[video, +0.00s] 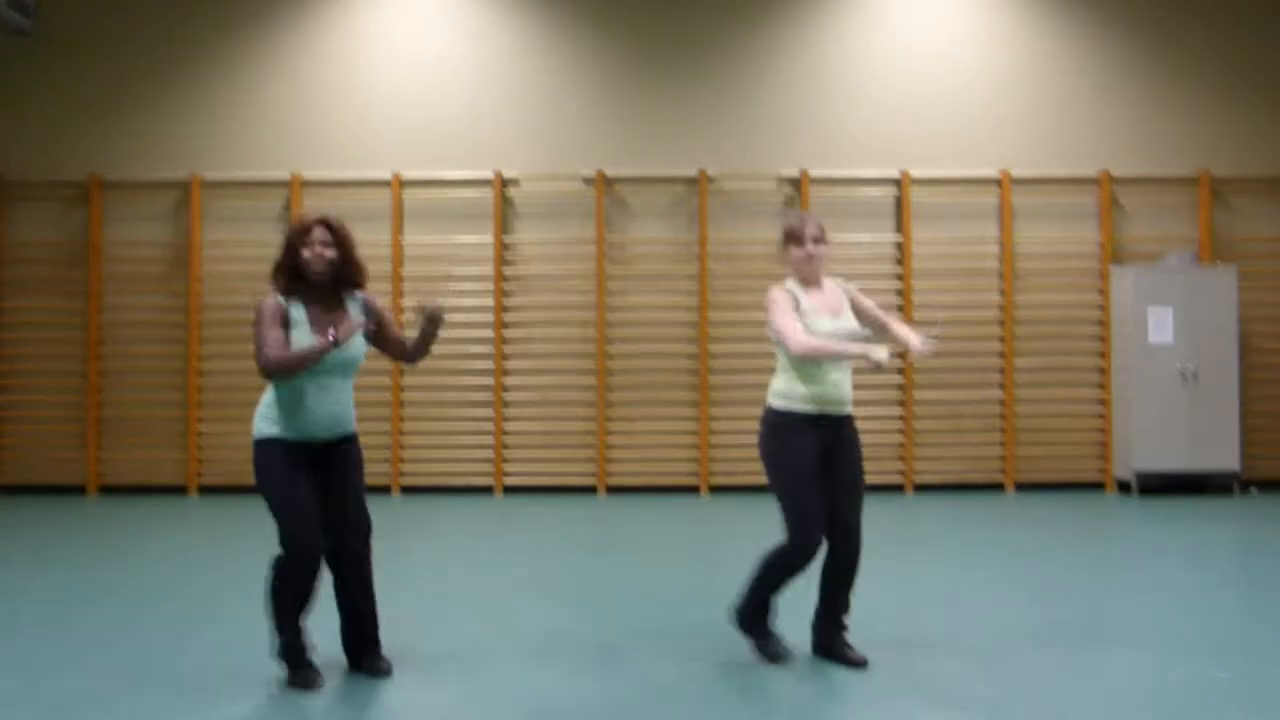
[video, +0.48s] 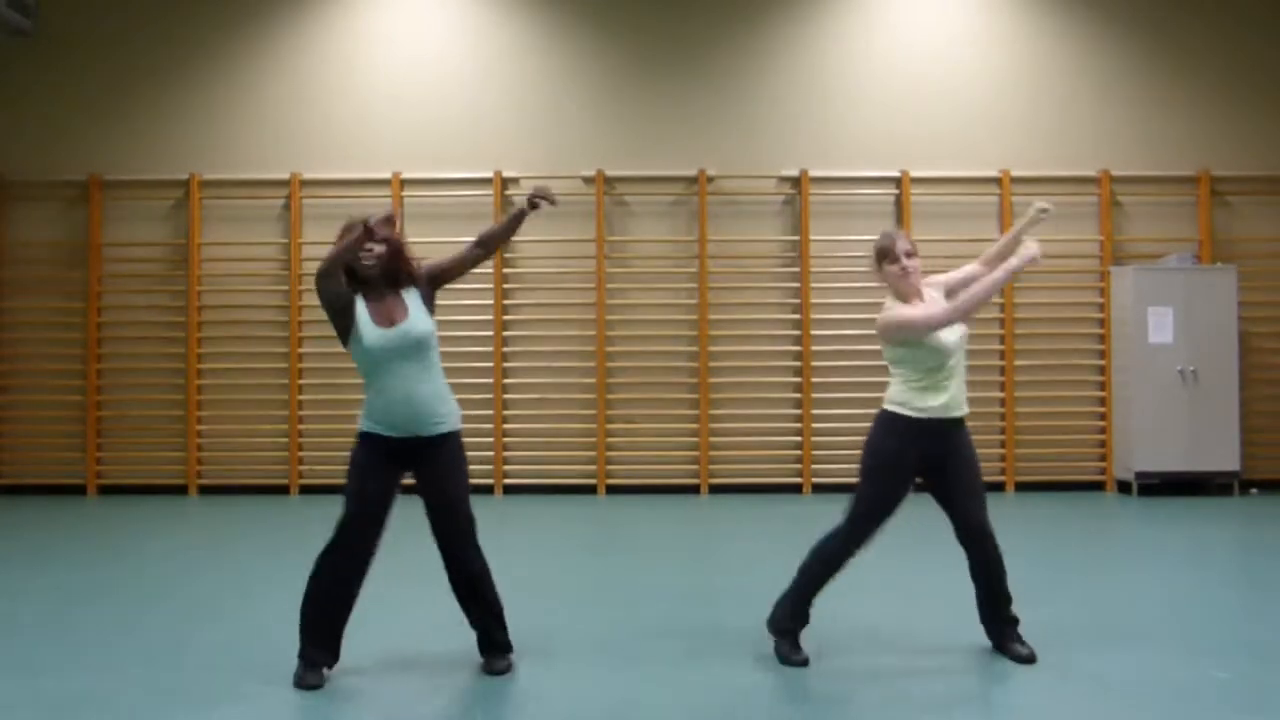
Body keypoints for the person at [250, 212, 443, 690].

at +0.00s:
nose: (319, 253)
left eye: (328, 245)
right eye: (309, 245)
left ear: (343, 254)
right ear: (294, 255)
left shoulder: (362, 305)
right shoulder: (276, 304)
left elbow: (406, 353)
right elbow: (270, 364)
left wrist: (428, 332)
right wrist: (321, 348)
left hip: (338, 443)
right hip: (282, 444)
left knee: (353, 546)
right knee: (303, 547)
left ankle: (364, 650)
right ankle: (289, 637)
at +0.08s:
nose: (328, 255)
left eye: (337, 247)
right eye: (319, 248)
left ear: (351, 257)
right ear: (304, 258)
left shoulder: (369, 311)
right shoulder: (285, 313)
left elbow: (397, 379)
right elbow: (271, 381)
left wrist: (398, 371)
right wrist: (330, 368)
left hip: (350, 444)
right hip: (295, 446)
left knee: (367, 543)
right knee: (319, 548)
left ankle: (367, 648)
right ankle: (309, 656)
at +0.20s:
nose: (339, 241)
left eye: (348, 235)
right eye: (330, 235)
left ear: (363, 245)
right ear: (314, 247)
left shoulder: (379, 297)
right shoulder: (302, 297)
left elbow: (416, 345)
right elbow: (284, 351)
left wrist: (422, 331)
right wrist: (332, 319)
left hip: (367, 436)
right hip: (309, 436)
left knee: (405, 525)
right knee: (313, 545)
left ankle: (389, 626)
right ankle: (308, 655)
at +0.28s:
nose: (349, 231)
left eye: (357, 225)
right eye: (338, 225)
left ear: (373, 238)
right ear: (323, 239)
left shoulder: (389, 285)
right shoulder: (313, 285)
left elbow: (451, 306)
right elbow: (298, 309)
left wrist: (461, 275)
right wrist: (347, 265)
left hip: (383, 425)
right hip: (325, 428)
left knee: (418, 520)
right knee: (320, 537)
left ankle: (436, 624)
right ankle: (309, 654)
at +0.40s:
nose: (361, 238)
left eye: (370, 231)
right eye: (352, 232)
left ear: (384, 241)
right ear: (336, 245)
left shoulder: (407, 283)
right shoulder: (331, 294)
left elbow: (467, 252)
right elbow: (314, 268)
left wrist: (511, 214)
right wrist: (368, 217)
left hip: (412, 431)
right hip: (351, 432)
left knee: (442, 538)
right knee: (331, 543)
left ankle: (493, 637)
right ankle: (310, 658)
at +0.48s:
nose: (370, 247)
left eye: (380, 240)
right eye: (362, 241)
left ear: (394, 250)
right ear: (350, 254)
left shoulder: (420, 286)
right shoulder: (347, 307)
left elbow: (479, 249)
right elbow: (327, 273)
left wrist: (522, 210)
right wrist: (358, 232)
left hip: (439, 437)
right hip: (379, 440)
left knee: (460, 545)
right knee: (352, 543)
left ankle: (495, 646)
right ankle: (314, 655)